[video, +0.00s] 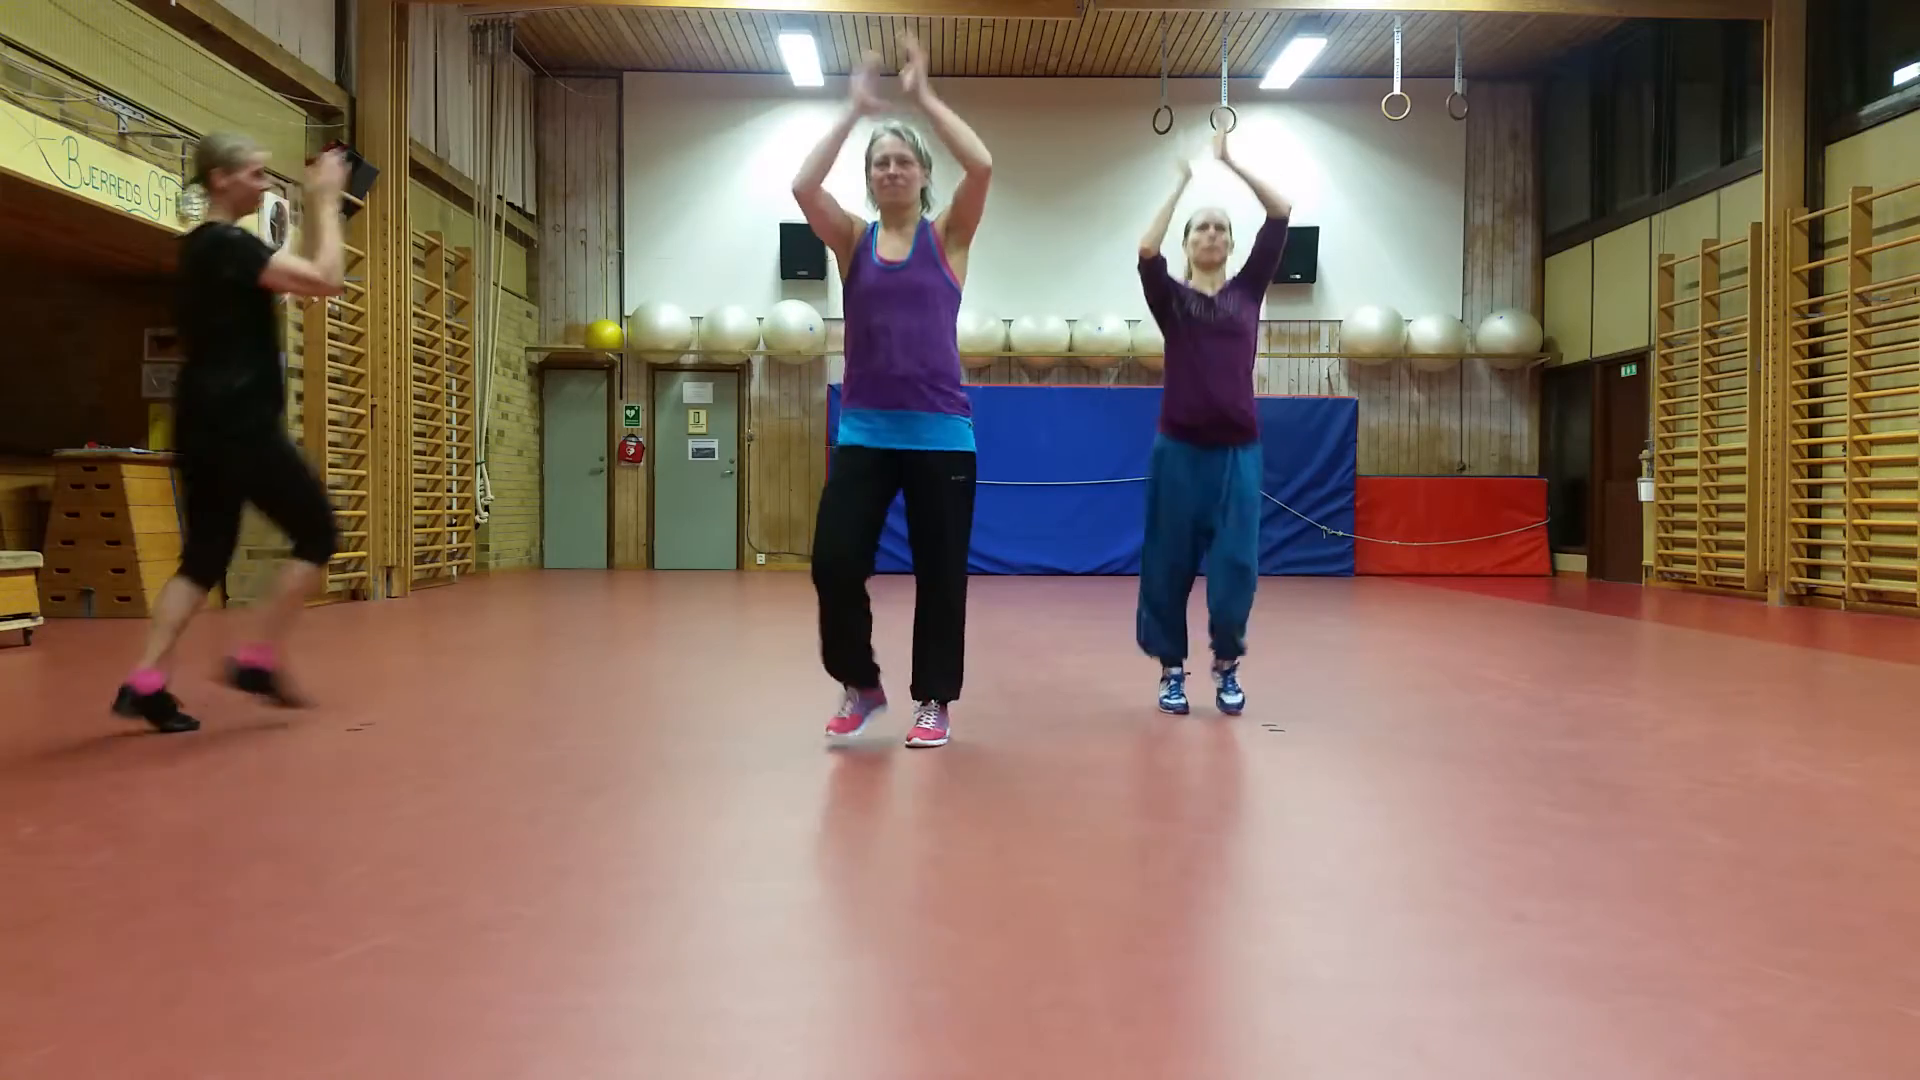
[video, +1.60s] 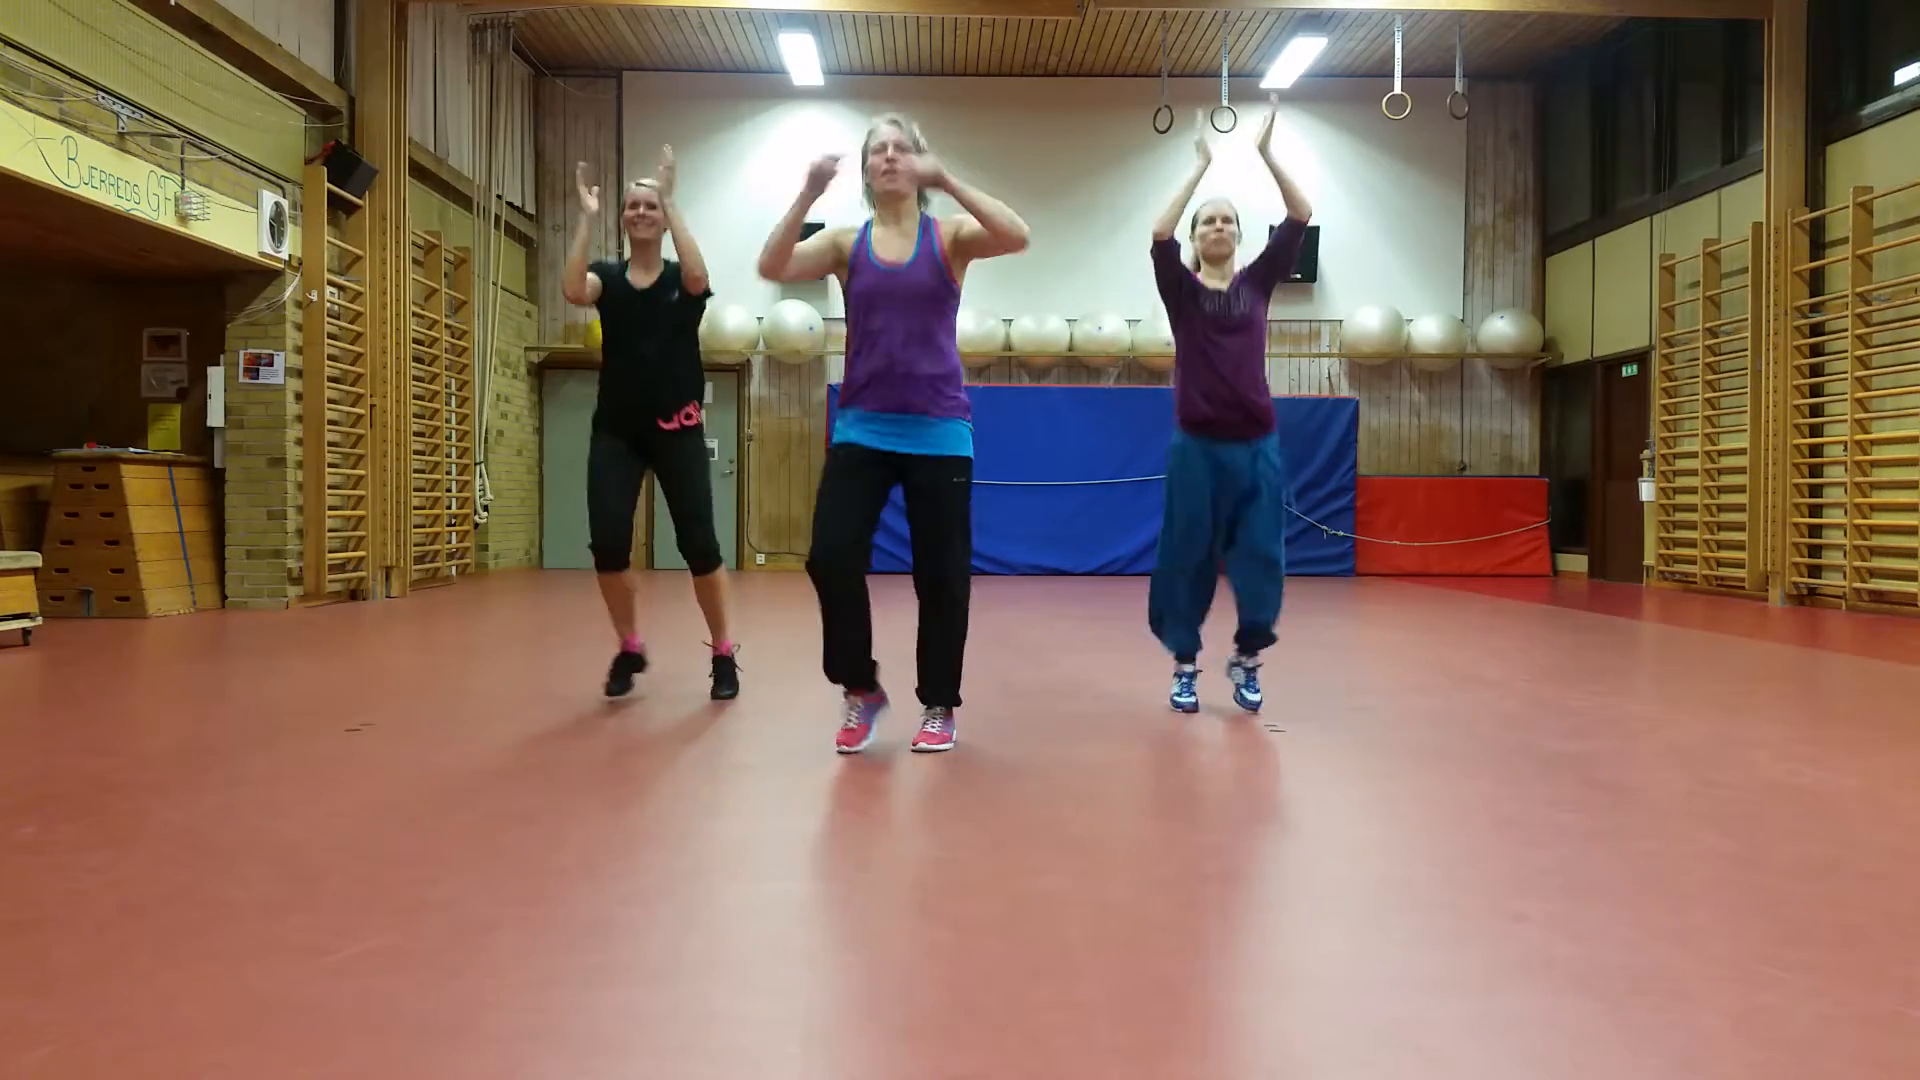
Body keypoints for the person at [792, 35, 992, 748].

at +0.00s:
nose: (891, 169)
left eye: (902, 160)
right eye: (879, 162)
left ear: (923, 175)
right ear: (867, 177)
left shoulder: (948, 236)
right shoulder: (853, 239)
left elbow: (981, 167)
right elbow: (804, 188)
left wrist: (923, 96)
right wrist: (855, 112)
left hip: (941, 428)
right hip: (865, 428)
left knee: (941, 572)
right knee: (834, 564)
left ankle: (934, 703)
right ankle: (862, 689)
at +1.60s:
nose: (890, 157)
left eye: (902, 149)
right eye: (879, 150)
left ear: (922, 168)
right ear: (865, 170)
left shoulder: (948, 234)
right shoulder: (846, 238)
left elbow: (1015, 236)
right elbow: (772, 266)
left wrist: (947, 180)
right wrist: (807, 196)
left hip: (939, 426)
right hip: (863, 424)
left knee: (943, 573)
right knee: (831, 560)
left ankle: (939, 708)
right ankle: (861, 693)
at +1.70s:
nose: (885, 144)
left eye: (897, 136)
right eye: (874, 136)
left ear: (918, 154)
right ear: (860, 156)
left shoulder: (947, 219)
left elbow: (1020, 269)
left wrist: (982, 240)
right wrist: (777, 251)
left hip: (934, 413)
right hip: (858, 409)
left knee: (933, 565)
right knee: (832, 551)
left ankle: (935, 703)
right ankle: (844, 689)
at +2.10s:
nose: (890, 163)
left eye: (901, 154)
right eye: (879, 156)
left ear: (923, 168)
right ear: (864, 173)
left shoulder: (948, 229)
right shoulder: (843, 235)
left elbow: (997, 260)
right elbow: (771, 259)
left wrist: (924, 226)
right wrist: (849, 282)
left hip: (946, 423)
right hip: (864, 424)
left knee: (1004, 551)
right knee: (790, 539)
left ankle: (1043, 683)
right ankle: (775, 678)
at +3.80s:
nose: (910, 211)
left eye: (920, 205)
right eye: (898, 205)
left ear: (937, 224)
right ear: (881, 225)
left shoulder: (958, 283)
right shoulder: (861, 281)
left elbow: (1010, 278)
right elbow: (793, 298)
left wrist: (943, 241)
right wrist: (867, 315)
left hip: (954, 473)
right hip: (869, 473)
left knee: (1019, 592)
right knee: (795, 588)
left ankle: (1070, 708)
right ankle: (761, 712)